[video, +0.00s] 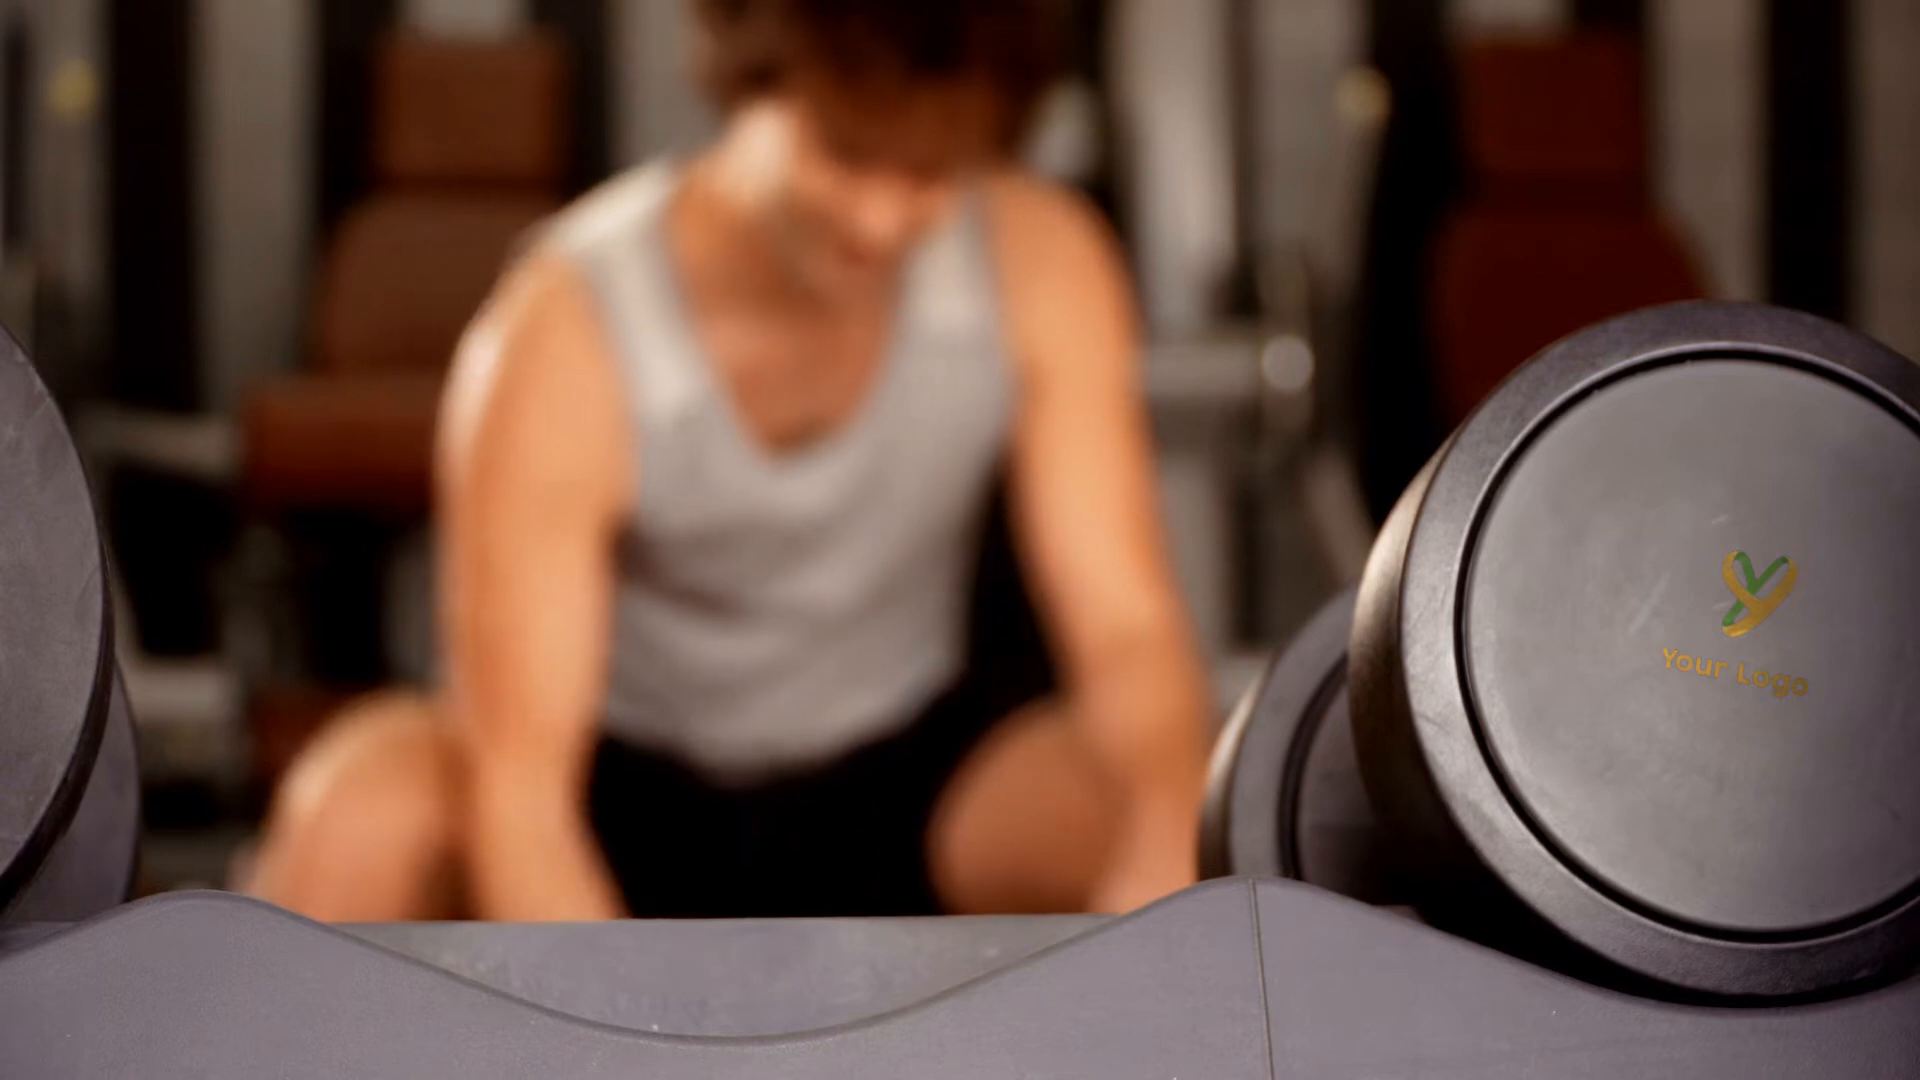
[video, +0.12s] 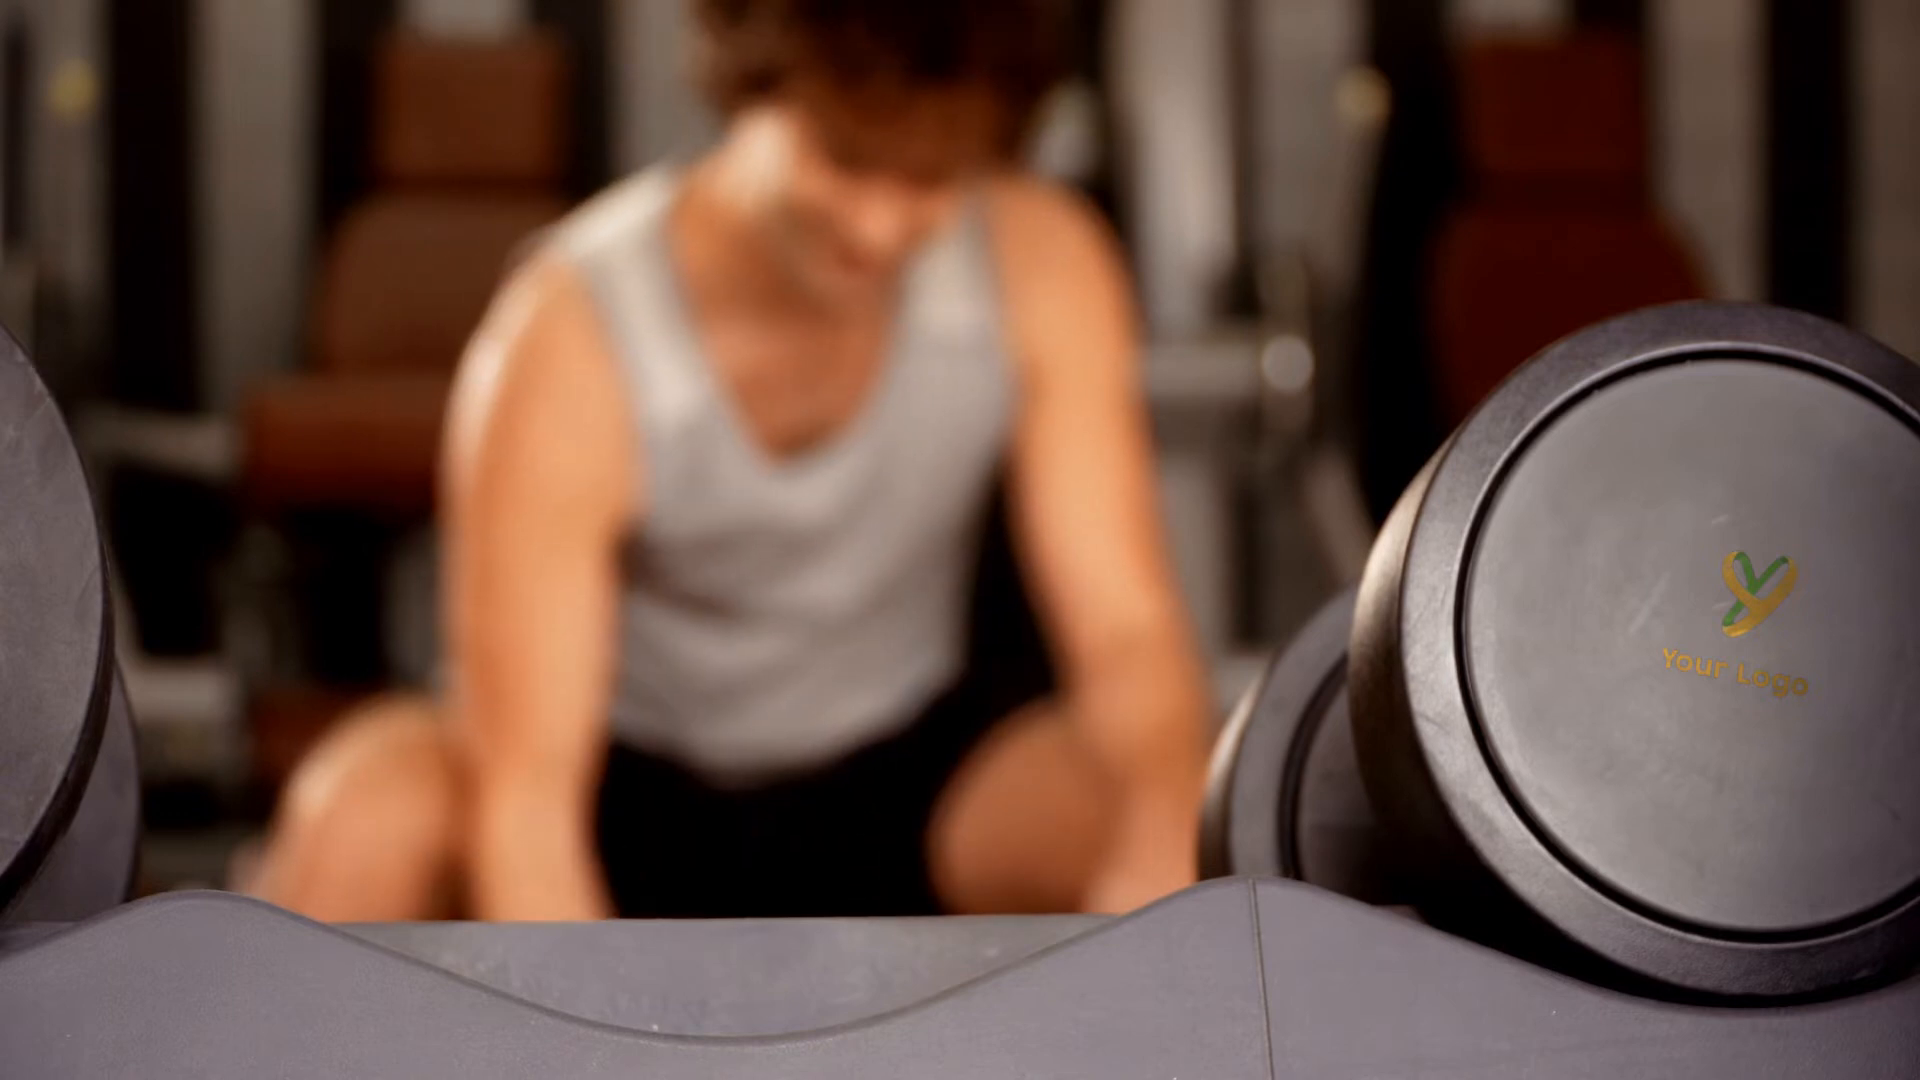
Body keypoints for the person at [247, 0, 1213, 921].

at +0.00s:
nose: (882, 219)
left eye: (931, 173)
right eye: (846, 159)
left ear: (993, 140)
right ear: (754, 82)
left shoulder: (1039, 257)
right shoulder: (562, 333)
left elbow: (1127, 641)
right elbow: (520, 792)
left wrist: (1157, 869)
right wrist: (626, 1052)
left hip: (901, 785)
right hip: (624, 796)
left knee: (1180, 802)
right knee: (360, 797)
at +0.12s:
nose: (881, 227)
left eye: (931, 179)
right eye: (844, 164)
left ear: (994, 148)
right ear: (751, 87)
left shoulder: (1039, 258)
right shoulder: (566, 339)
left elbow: (1126, 641)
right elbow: (526, 794)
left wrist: (1152, 866)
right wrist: (595, 1058)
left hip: (900, 785)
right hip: (623, 796)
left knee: (1174, 804)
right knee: (365, 802)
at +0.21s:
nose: (881, 228)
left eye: (930, 181)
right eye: (843, 166)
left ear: (993, 148)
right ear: (752, 91)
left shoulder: (1037, 258)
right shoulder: (567, 344)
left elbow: (1124, 640)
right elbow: (532, 798)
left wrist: (1152, 860)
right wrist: (585, 1063)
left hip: (898, 784)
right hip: (623, 796)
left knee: (1174, 804)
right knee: (367, 802)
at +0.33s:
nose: (880, 228)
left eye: (930, 181)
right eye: (842, 166)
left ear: (993, 150)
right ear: (750, 92)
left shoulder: (1035, 257)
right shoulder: (567, 344)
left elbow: (1124, 641)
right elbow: (538, 800)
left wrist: (1152, 866)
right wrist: (572, 1063)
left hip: (896, 783)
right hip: (621, 796)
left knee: (1170, 804)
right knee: (369, 805)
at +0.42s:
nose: (879, 228)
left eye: (929, 180)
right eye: (842, 165)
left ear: (991, 149)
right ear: (749, 89)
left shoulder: (1035, 259)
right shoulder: (566, 344)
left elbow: (1124, 642)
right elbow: (538, 801)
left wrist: (1150, 866)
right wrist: (568, 1064)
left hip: (895, 784)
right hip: (619, 795)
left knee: (1168, 803)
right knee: (369, 805)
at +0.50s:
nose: (876, 225)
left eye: (927, 178)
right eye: (840, 162)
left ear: (989, 148)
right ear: (750, 86)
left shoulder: (1034, 259)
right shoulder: (566, 344)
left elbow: (1123, 641)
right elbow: (533, 804)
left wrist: (1147, 859)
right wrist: (558, 1066)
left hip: (894, 786)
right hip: (618, 798)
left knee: (1167, 801)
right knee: (364, 804)